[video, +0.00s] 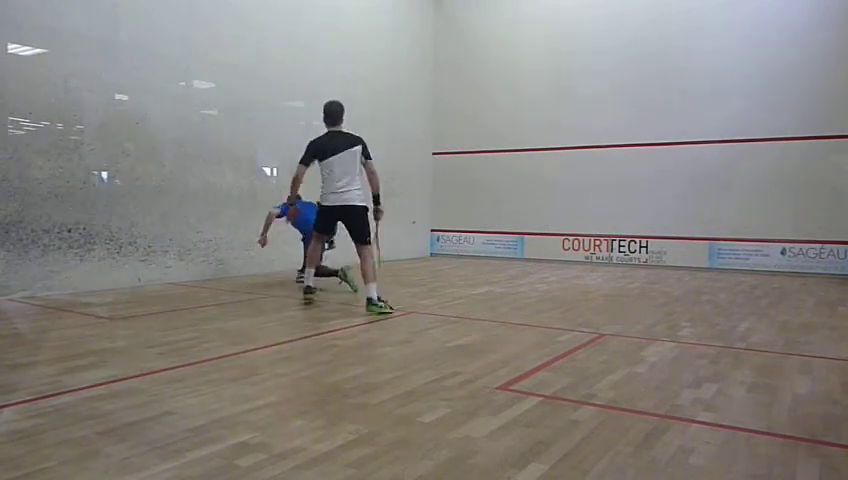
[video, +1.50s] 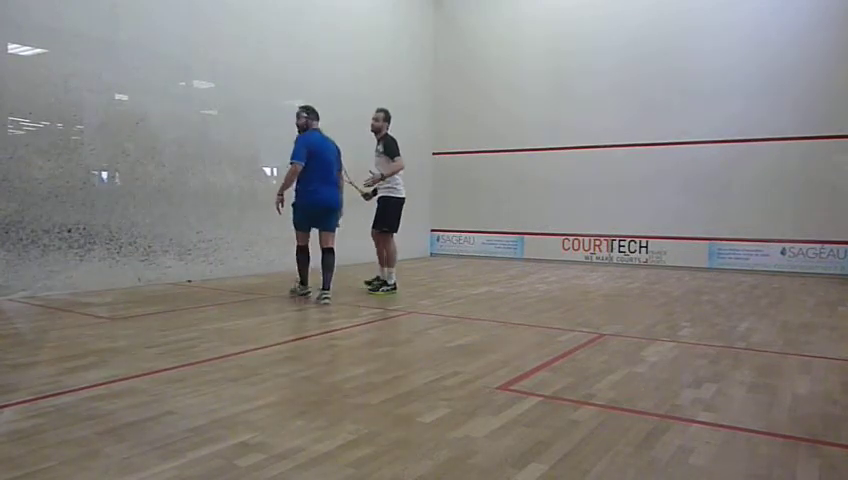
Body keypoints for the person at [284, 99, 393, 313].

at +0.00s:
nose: (332, 119)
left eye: (328, 115)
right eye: (340, 116)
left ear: (324, 118)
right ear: (343, 118)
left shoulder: (316, 144)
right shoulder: (357, 142)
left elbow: (298, 176)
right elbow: (371, 172)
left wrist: (291, 203)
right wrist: (377, 202)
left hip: (328, 206)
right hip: (355, 205)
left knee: (317, 241)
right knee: (365, 250)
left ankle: (308, 284)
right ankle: (373, 298)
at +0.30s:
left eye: (316, 145)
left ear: (314, 147)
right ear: (331, 145)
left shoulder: (311, 168)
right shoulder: (346, 162)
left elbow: (309, 195)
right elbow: (368, 186)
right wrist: (371, 200)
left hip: (331, 212)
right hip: (354, 210)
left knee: (319, 252)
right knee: (359, 244)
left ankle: (309, 288)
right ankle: (368, 280)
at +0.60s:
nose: (337, 129)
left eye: (339, 126)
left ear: (338, 128)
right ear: (353, 130)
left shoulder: (340, 143)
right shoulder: (356, 148)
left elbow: (339, 159)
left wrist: (313, 171)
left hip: (347, 197)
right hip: (361, 197)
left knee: (336, 235)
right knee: (351, 236)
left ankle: (353, 276)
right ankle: (359, 275)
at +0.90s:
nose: (344, 130)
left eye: (345, 126)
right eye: (344, 126)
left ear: (352, 127)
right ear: (355, 128)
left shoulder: (360, 141)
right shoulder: (355, 149)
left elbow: (369, 157)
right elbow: (359, 180)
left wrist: (343, 159)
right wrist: (338, 187)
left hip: (370, 196)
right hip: (363, 196)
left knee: (362, 236)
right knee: (356, 236)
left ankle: (382, 279)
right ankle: (362, 277)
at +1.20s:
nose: (358, 126)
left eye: (362, 122)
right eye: (359, 122)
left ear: (371, 126)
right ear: (368, 126)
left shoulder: (376, 142)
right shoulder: (369, 146)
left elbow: (386, 163)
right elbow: (376, 176)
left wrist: (362, 167)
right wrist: (360, 190)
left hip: (382, 196)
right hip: (374, 196)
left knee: (374, 236)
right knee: (367, 235)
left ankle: (390, 280)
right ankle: (363, 276)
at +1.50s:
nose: (372, 123)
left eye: (377, 120)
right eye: (372, 119)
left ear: (386, 124)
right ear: (374, 122)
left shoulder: (388, 141)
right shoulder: (379, 144)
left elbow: (399, 164)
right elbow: (386, 172)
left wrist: (379, 177)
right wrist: (374, 190)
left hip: (393, 195)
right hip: (385, 194)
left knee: (386, 235)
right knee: (377, 234)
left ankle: (390, 280)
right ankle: (383, 276)